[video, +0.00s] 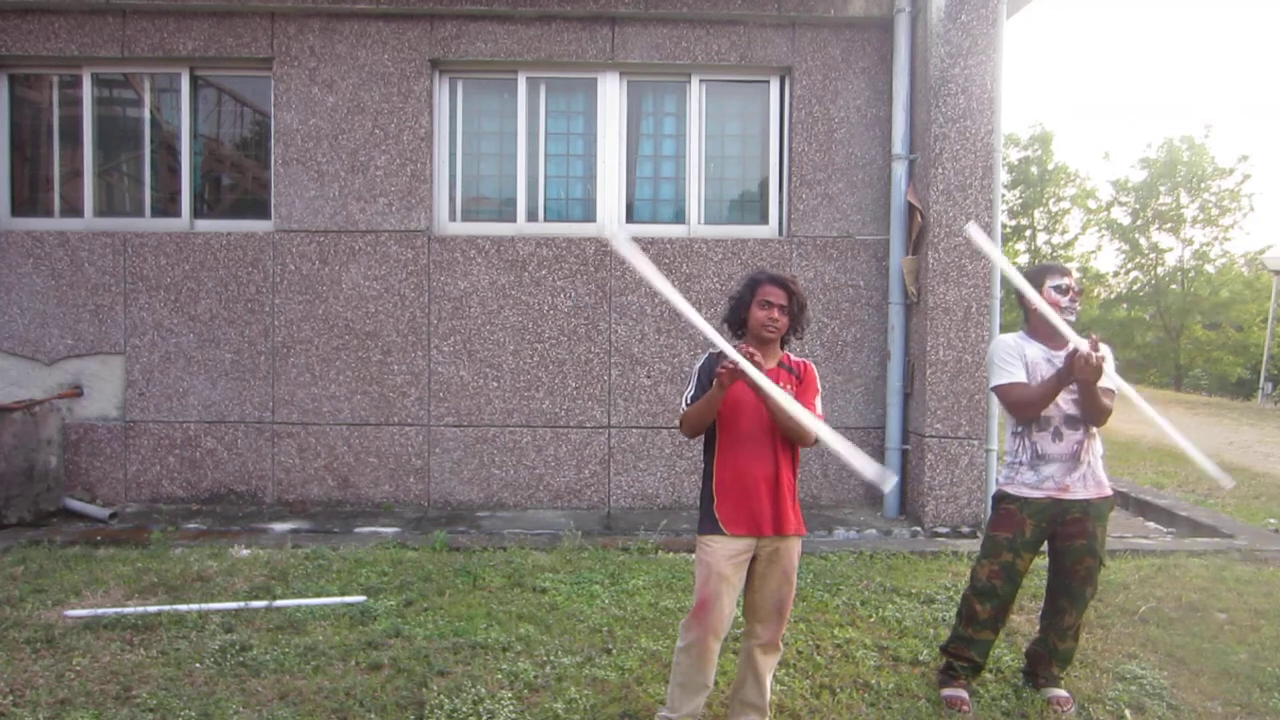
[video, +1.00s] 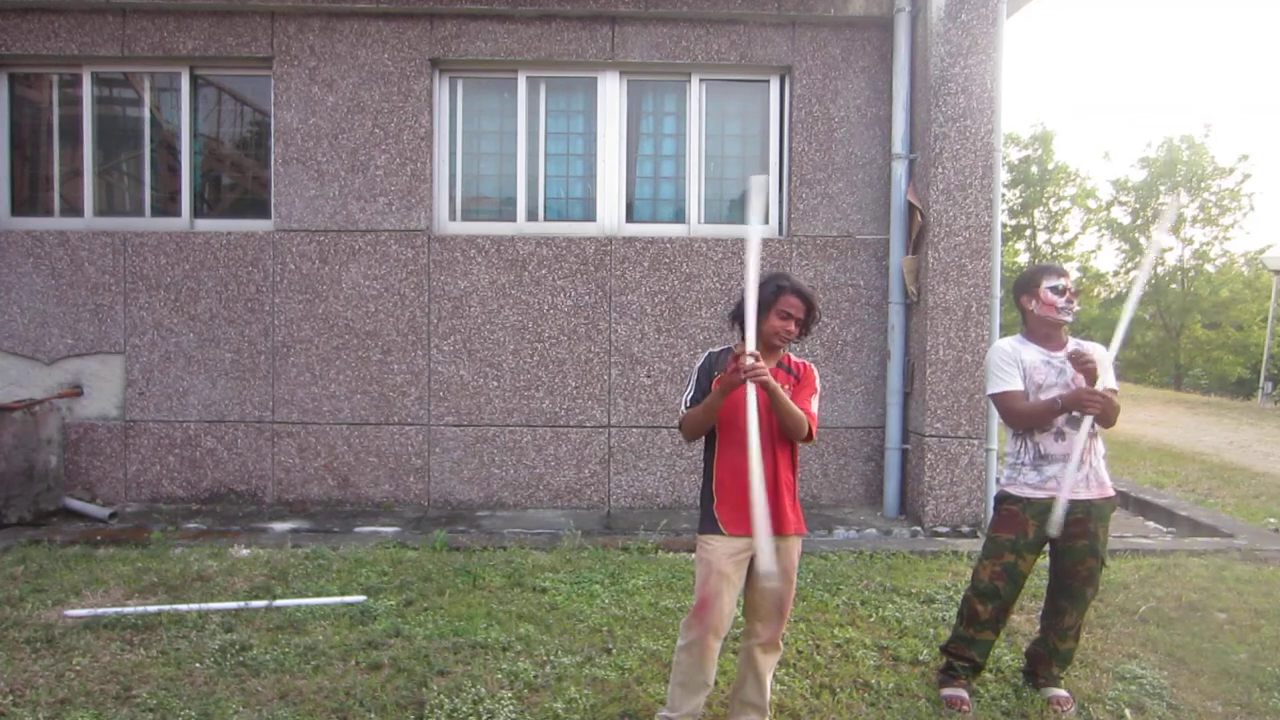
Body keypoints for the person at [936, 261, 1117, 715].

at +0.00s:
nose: (1070, 299)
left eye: (1075, 295)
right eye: (1060, 290)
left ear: (1078, 304)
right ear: (1030, 297)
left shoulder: (1095, 354)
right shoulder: (1007, 347)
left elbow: (1099, 417)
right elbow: (1021, 407)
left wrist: (1086, 378)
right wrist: (1069, 372)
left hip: (1085, 494)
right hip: (1025, 491)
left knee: (1074, 592)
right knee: (991, 583)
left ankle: (1045, 670)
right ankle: (957, 674)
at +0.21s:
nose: (1071, 297)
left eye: (1074, 291)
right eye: (1059, 289)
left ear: (1077, 303)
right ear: (1029, 300)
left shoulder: (1093, 351)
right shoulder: (1006, 349)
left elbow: (1101, 420)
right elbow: (1015, 412)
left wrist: (1098, 382)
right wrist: (1066, 377)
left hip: (1086, 494)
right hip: (1025, 491)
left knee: (1075, 592)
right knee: (992, 583)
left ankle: (1045, 671)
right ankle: (957, 674)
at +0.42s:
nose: (1071, 298)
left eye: (1074, 292)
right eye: (1060, 290)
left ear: (1076, 303)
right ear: (1029, 300)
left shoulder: (1091, 353)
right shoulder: (1006, 349)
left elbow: (1102, 420)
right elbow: (1017, 412)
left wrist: (1098, 385)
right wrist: (1064, 371)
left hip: (1085, 492)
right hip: (1025, 488)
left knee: (1075, 590)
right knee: (993, 582)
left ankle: (1045, 671)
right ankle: (957, 674)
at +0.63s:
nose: (1071, 297)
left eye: (1074, 291)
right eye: (1059, 289)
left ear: (1076, 303)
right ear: (1029, 300)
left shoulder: (1093, 352)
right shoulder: (1007, 349)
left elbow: (1103, 419)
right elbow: (1016, 412)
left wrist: (1098, 382)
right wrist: (1056, 376)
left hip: (1086, 495)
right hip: (1026, 492)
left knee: (1074, 593)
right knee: (992, 584)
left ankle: (1045, 671)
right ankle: (957, 674)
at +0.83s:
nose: (1070, 298)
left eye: (1073, 292)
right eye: (1058, 290)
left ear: (1076, 303)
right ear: (1027, 301)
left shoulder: (1092, 352)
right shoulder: (1006, 351)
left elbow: (1107, 417)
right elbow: (1013, 412)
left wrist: (1101, 382)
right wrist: (1056, 388)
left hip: (1087, 495)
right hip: (1025, 492)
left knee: (1075, 593)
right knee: (992, 584)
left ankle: (1045, 671)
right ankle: (956, 674)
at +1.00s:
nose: (1069, 298)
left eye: (1072, 292)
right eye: (1057, 290)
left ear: (1075, 304)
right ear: (1027, 301)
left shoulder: (1094, 355)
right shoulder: (1005, 352)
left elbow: (1109, 417)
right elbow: (1016, 416)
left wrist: (1092, 379)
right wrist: (1067, 401)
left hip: (1087, 495)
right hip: (1026, 492)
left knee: (1075, 593)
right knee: (992, 584)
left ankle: (1045, 671)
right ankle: (956, 674)